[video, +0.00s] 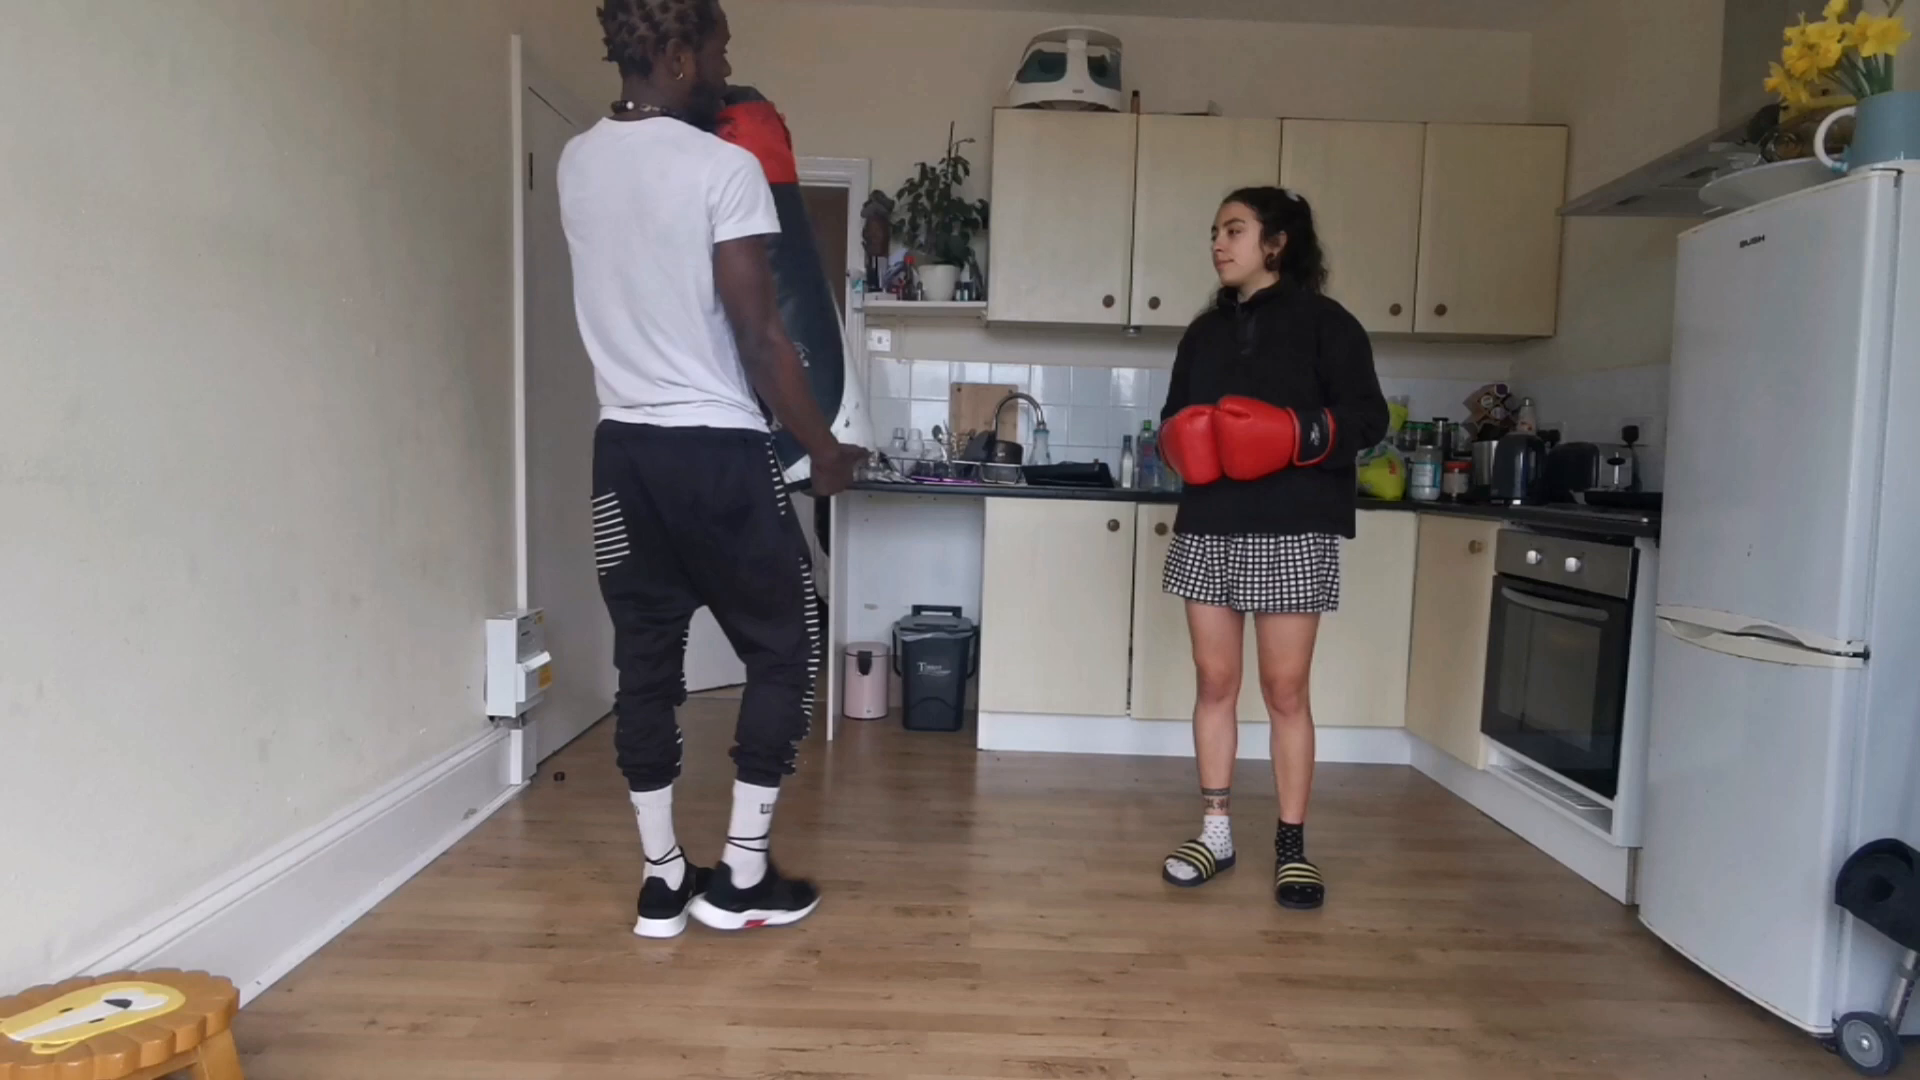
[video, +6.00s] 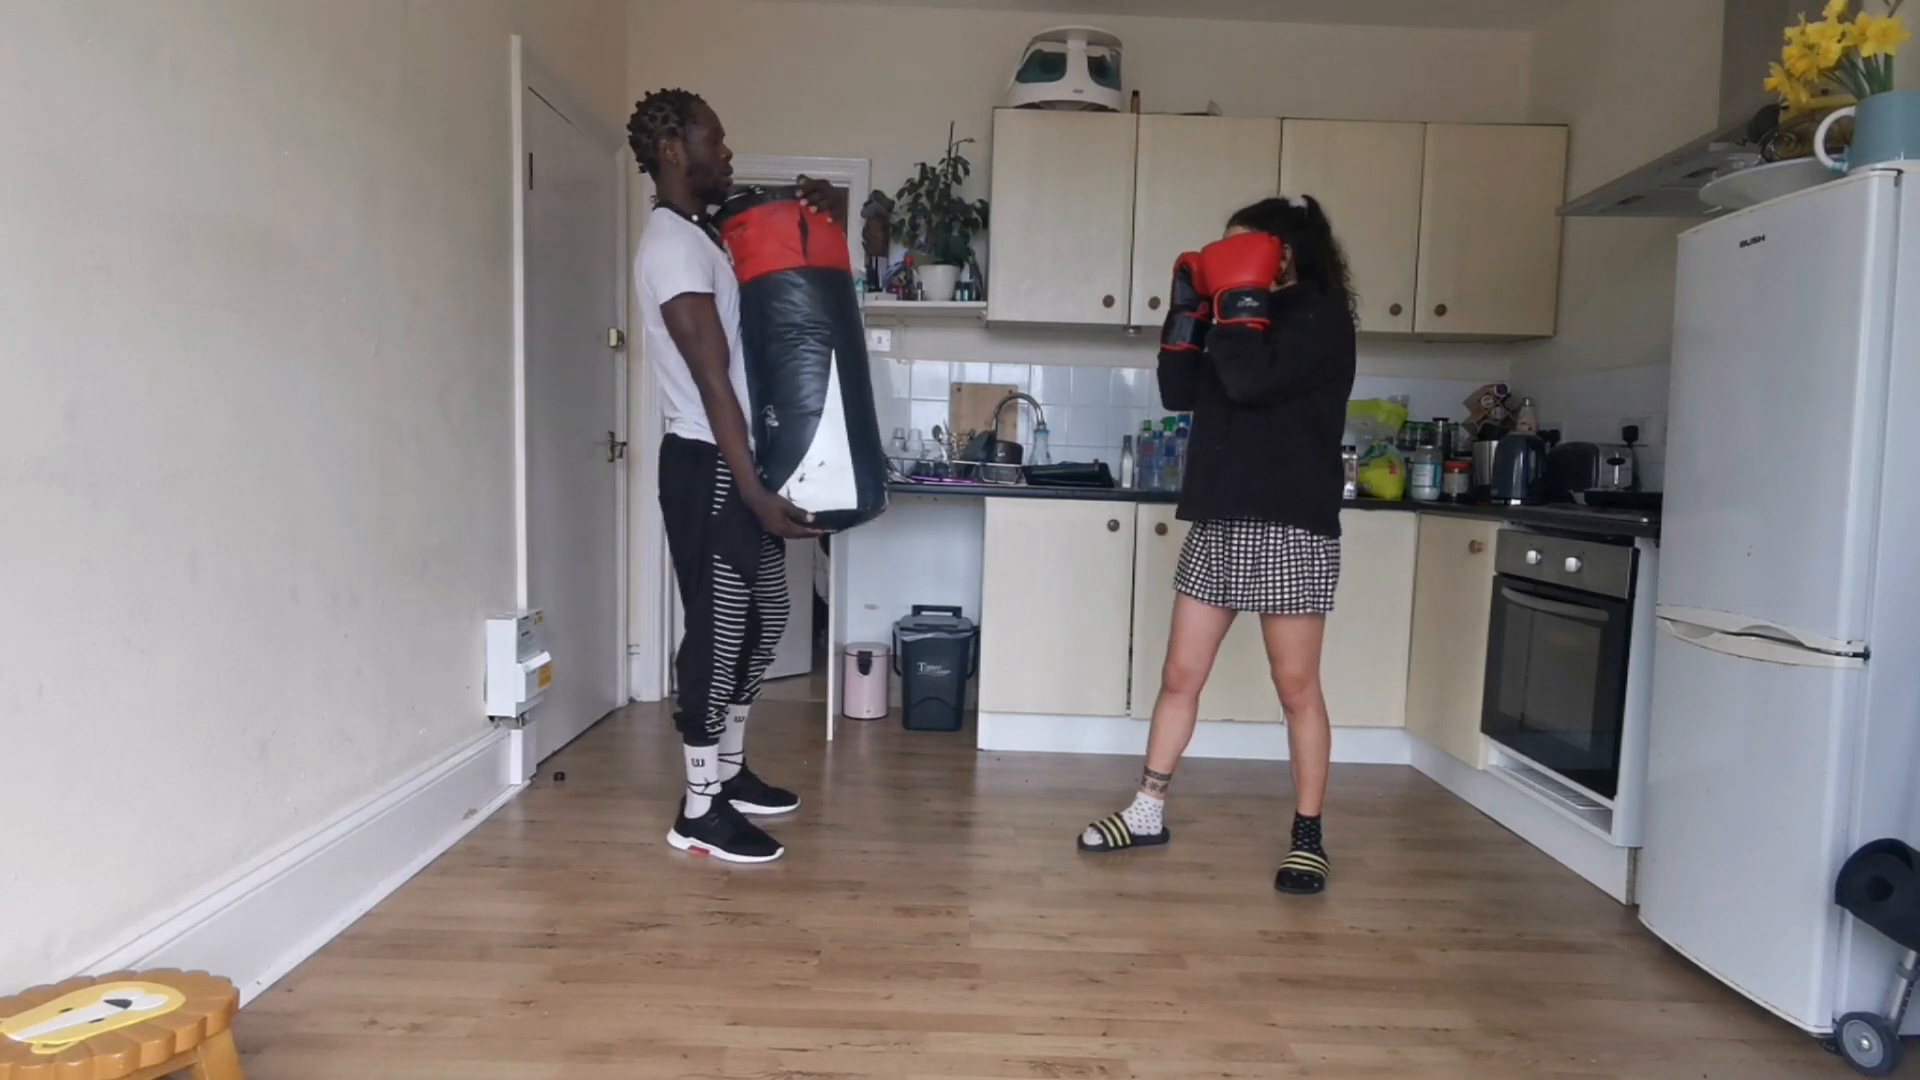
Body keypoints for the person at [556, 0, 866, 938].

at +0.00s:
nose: (721, 69)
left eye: (718, 50)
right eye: (715, 50)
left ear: (625, 54)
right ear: (678, 53)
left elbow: (612, 277)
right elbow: (759, 331)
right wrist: (823, 445)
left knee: (644, 663)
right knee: (782, 650)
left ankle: (662, 878)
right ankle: (745, 874)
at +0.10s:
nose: (724, 76)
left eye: (721, 56)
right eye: (716, 57)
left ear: (632, 63)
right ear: (676, 62)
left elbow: (625, 296)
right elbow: (752, 336)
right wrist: (822, 452)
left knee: (648, 658)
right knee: (778, 647)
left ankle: (664, 873)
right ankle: (762, 862)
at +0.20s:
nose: (726, 93)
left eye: (722, 74)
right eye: (715, 74)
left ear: (636, 84)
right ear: (676, 80)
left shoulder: (606, 188)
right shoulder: (706, 196)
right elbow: (744, 359)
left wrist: (737, 146)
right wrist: (819, 471)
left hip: (652, 455)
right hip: (732, 459)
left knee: (677, 659)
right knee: (769, 656)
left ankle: (667, 870)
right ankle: (762, 854)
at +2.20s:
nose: (726, 143)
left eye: (723, 129)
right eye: (711, 132)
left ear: (679, 146)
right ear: (667, 147)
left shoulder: (710, 234)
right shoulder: (671, 239)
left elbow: (787, 310)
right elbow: (727, 369)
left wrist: (825, 218)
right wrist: (781, 475)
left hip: (744, 452)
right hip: (712, 456)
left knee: (750, 625)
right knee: (742, 629)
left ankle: (734, 789)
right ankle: (689, 820)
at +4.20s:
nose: (746, 147)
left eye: (740, 133)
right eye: (730, 135)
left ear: (694, 151)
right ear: (687, 150)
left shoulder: (718, 234)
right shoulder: (685, 239)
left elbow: (794, 314)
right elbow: (735, 378)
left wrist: (853, 237)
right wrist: (790, 483)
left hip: (753, 452)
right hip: (726, 454)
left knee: (764, 619)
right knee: (743, 622)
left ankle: (739, 783)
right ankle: (714, 807)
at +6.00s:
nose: (727, 151)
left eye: (723, 137)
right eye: (713, 138)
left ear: (679, 150)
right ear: (670, 148)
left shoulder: (705, 234)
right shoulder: (671, 240)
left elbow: (777, 310)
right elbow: (710, 374)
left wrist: (819, 222)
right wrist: (754, 485)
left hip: (742, 452)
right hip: (705, 457)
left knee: (765, 614)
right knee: (718, 622)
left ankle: (724, 769)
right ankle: (699, 808)